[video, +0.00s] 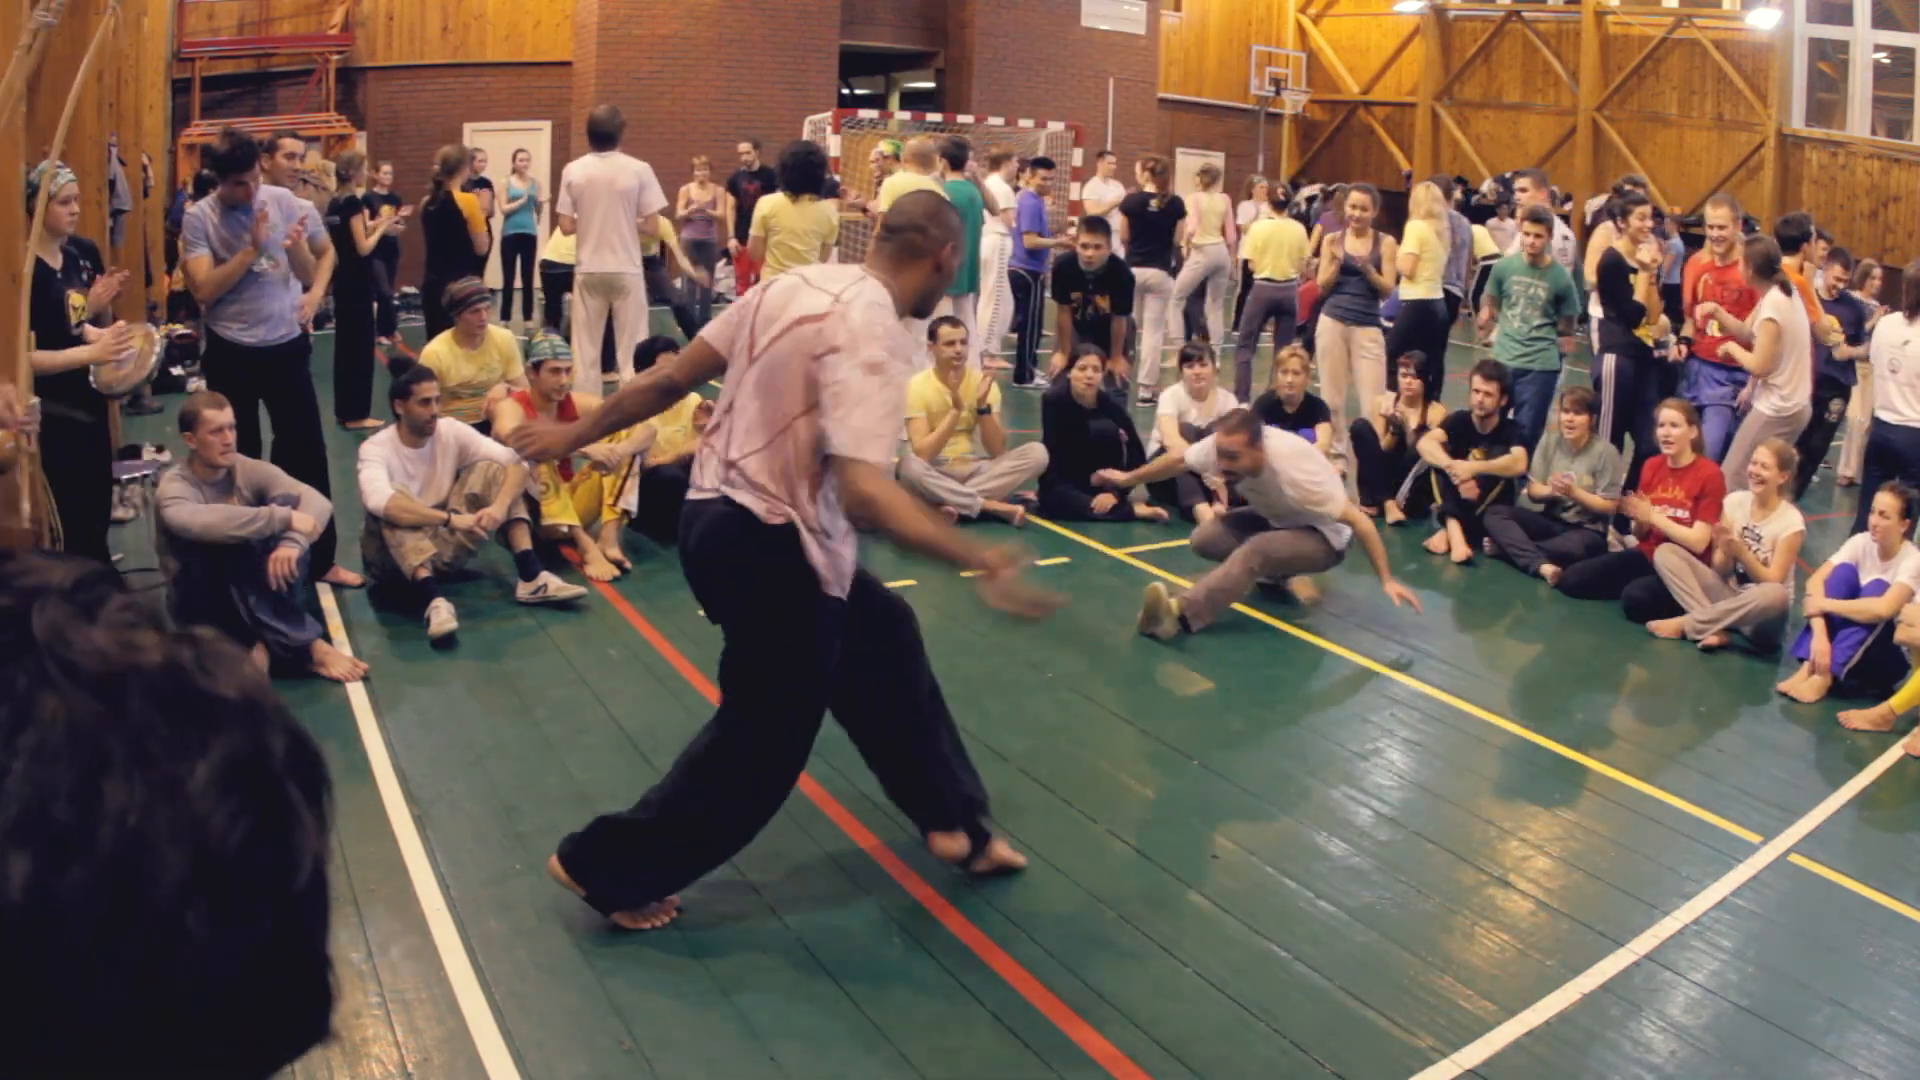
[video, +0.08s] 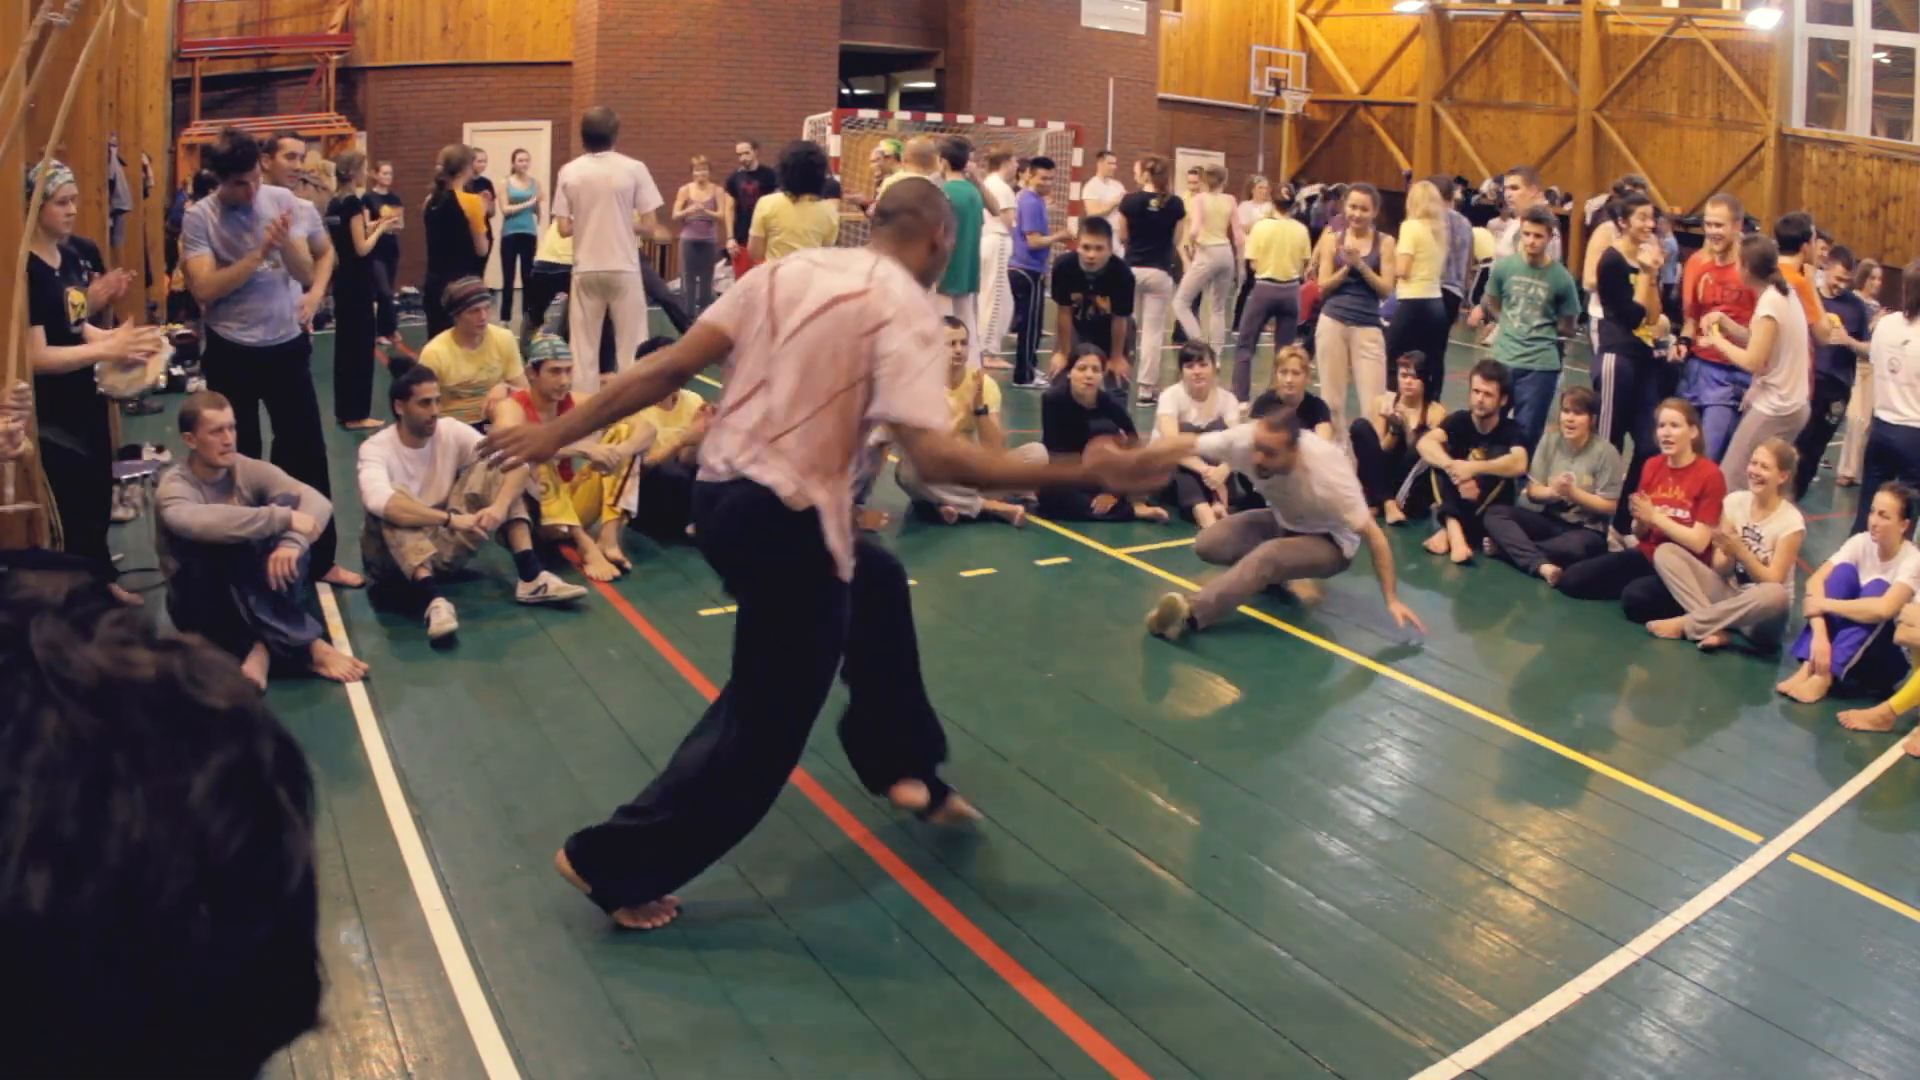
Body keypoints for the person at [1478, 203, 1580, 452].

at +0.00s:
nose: (1531, 241)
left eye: (1538, 236)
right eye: (1526, 234)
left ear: (1549, 239)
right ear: (1520, 234)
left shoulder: (1561, 277)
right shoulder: (1503, 268)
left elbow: (1567, 325)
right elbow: (1490, 300)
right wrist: (1485, 314)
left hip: (1541, 358)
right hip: (1504, 354)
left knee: (1527, 430)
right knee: (1491, 421)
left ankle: (1519, 485)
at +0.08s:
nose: (1531, 241)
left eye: (1538, 236)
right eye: (1527, 234)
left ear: (1549, 238)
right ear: (1520, 234)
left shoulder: (1561, 279)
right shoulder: (1502, 268)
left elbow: (1568, 326)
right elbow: (1491, 304)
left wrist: (1538, 330)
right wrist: (1514, 325)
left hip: (1540, 359)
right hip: (1503, 355)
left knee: (1526, 432)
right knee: (1490, 424)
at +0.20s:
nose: (1530, 241)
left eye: (1537, 236)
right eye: (1526, 234)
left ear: (1551, 239)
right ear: (1519, 234)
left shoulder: (1561, 279)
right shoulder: (1504, 266)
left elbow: (1568, 325)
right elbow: (1495, 305)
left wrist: (1539, 332)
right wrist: (1516, 328)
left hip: (1540, 359)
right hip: (1504, 355)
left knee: (1526, 431)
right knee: (1491, 423)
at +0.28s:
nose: (1530, 241)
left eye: (1537, 236)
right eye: (1526, 234)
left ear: (1551, 238)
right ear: (1519, 234)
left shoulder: (1562, 279)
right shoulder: (1504, 266)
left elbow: (1568, 325)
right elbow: (1494, 303)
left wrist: (1540, 332)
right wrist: (1512, 327)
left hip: (1539, 360)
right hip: (1503, 355)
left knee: (1526, 431)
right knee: (1491, 424)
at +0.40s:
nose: (1530, 241)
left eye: (1537, 236)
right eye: (1526, 234)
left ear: (1550, 238)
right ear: (1519, 234)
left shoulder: (1562, 278)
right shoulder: (1503, 266)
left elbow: (1567, 326)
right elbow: (1494, 305)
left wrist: (1537, 329)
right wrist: (1516, 326)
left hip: (1541, 359)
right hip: (1503, 354)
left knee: (1526, 431)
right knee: (1493, 424)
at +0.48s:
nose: (1530, 241)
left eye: (1537, 236)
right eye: (1526, 234)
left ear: (1550, 238)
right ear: (1519, 234)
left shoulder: (1562, 279)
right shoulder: (1503, 266)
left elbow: (1568, 324)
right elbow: (1495, 304)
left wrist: (1540, 332)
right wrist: (1516, 327)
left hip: (1539, 359)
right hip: (1503, 354)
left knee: (1526, 431)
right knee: (1492, 424)